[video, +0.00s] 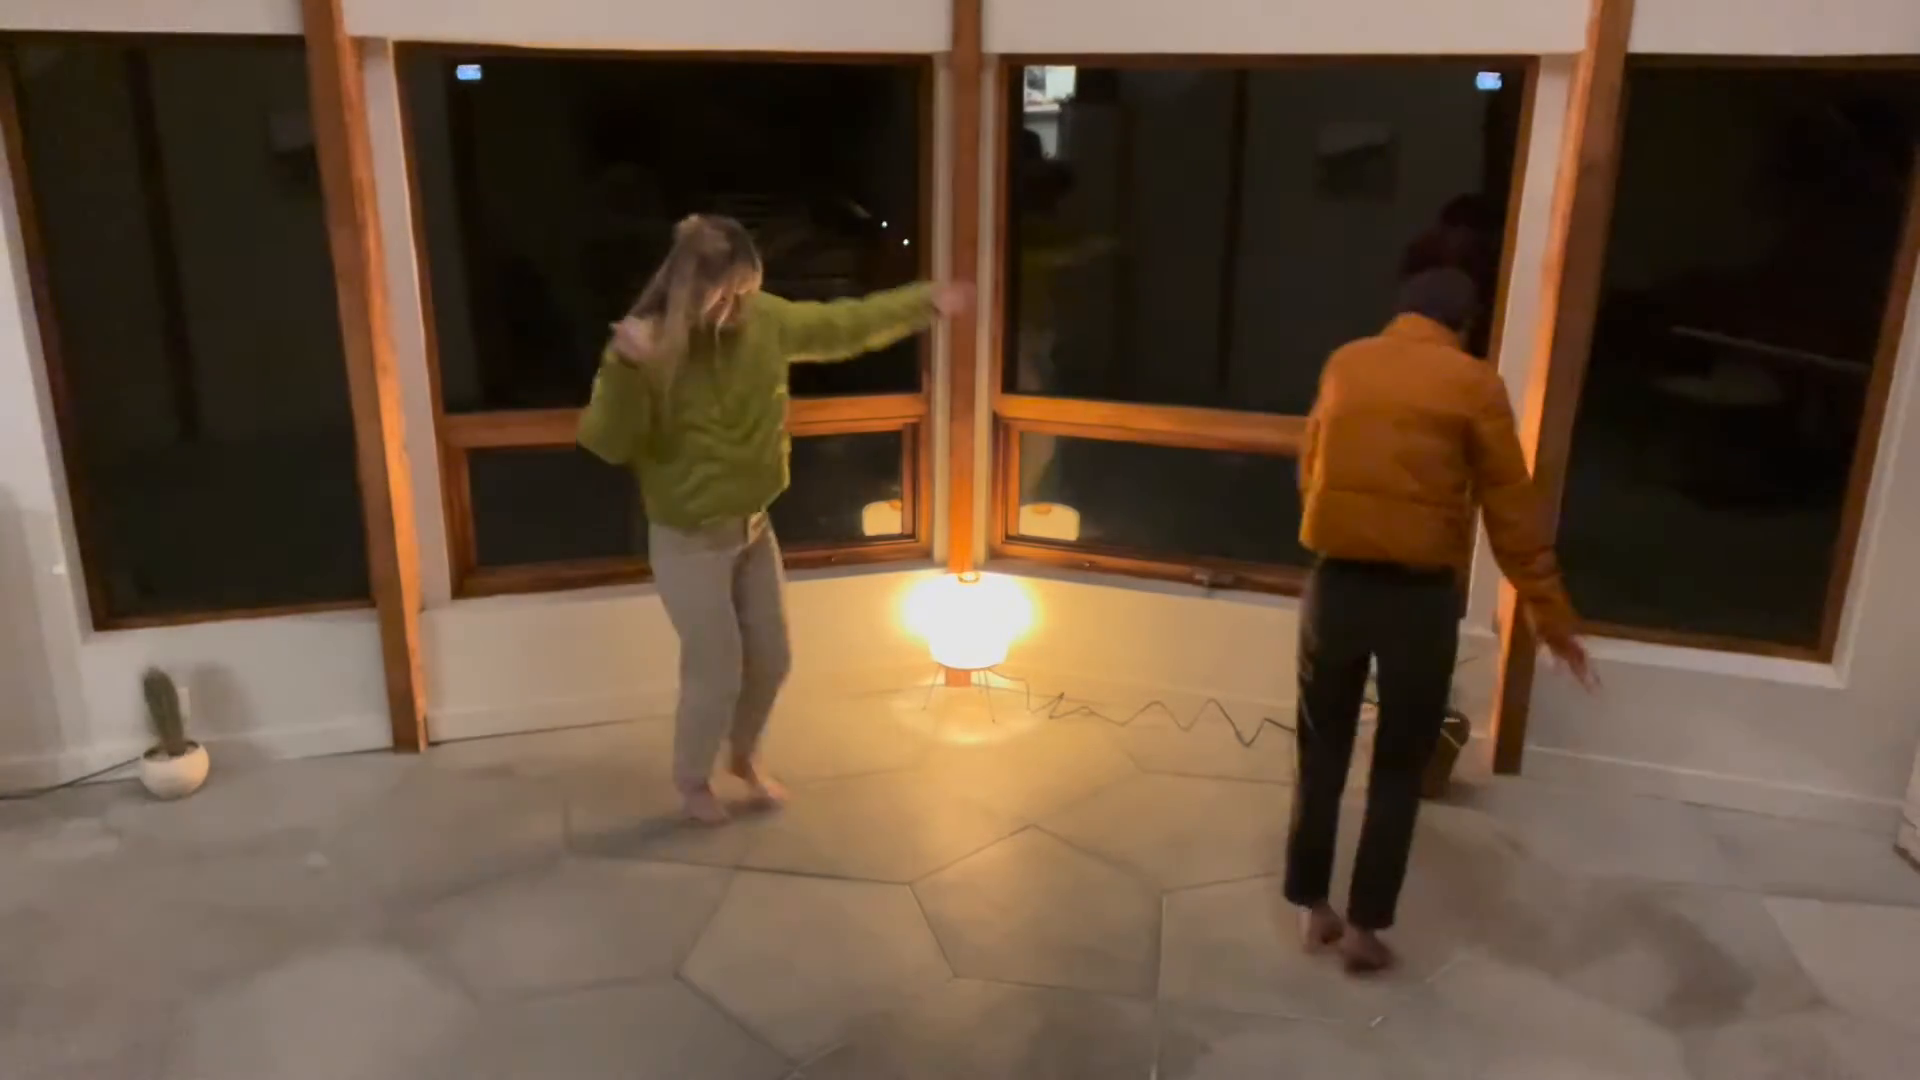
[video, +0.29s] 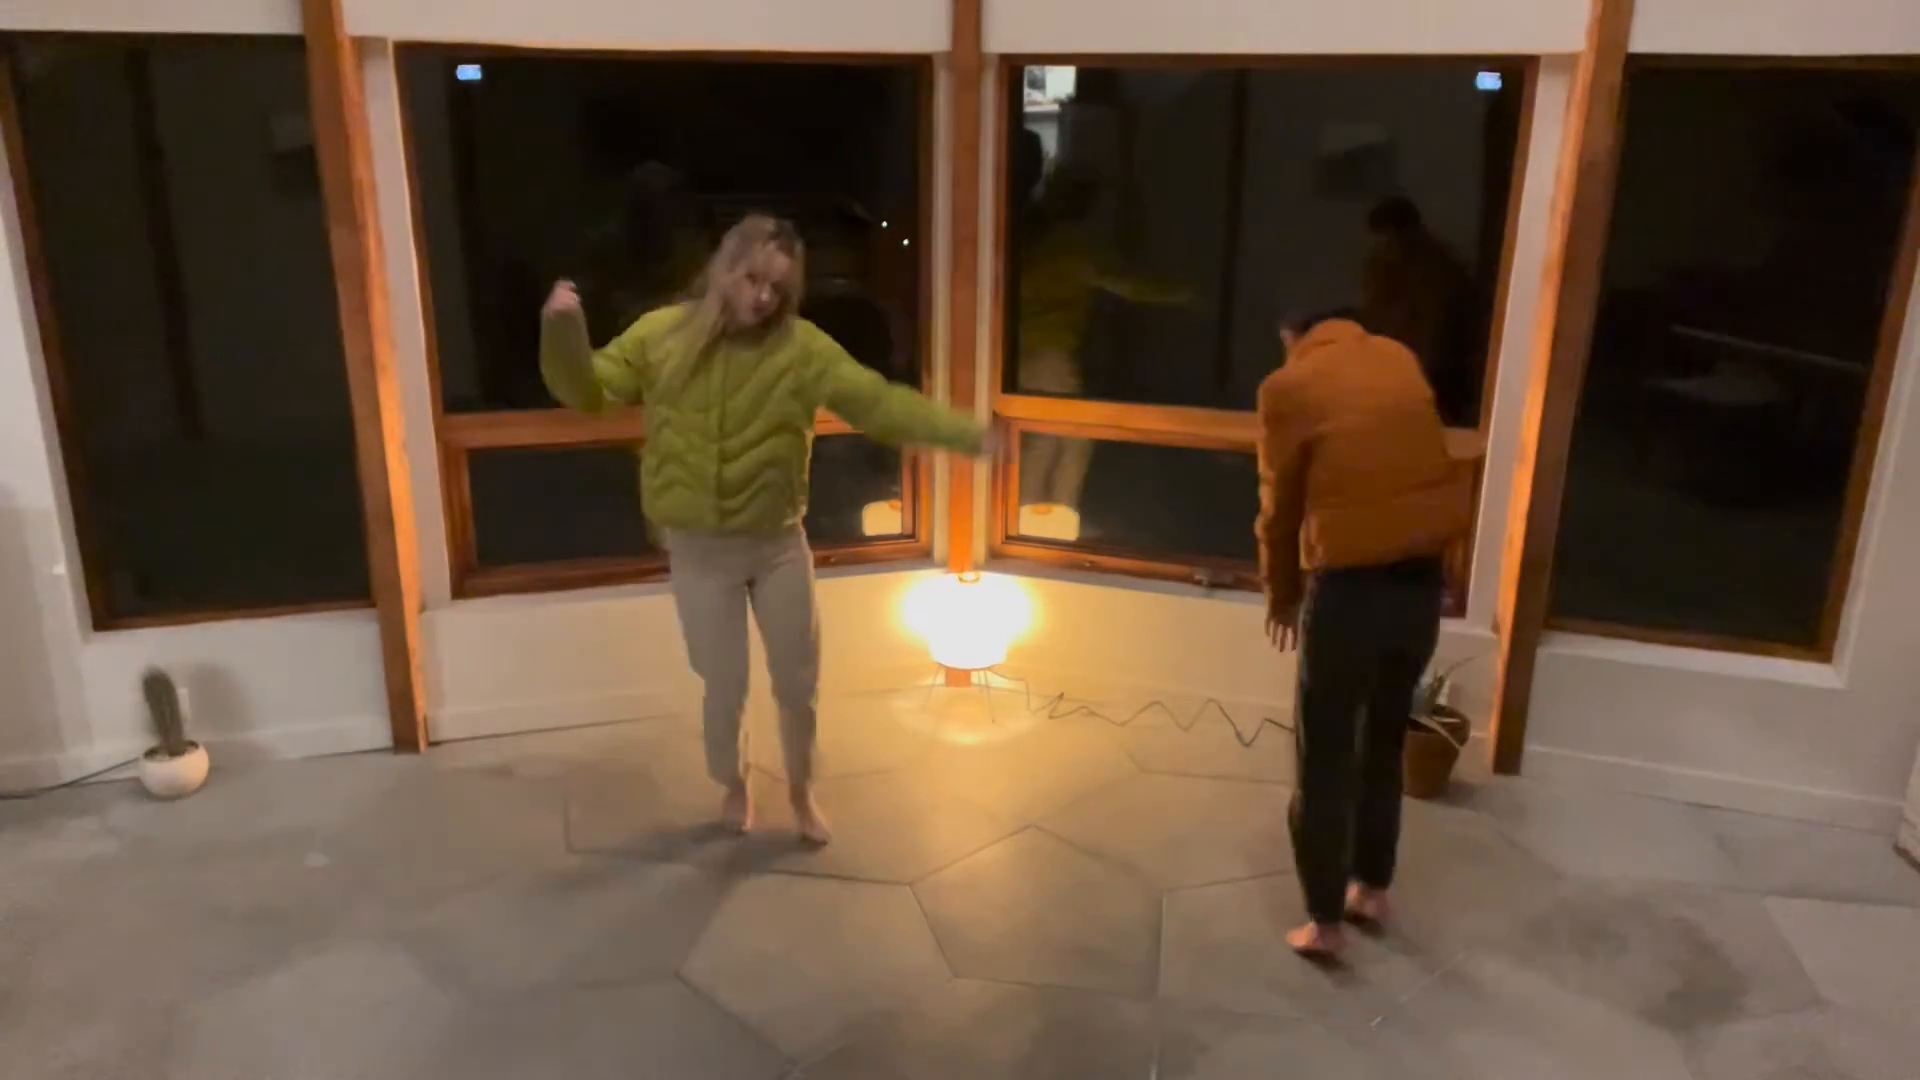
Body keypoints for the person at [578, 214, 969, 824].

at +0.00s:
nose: (730, 306)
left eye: (739, 294)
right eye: (719, 294)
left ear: (749, 285)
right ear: (686, 284)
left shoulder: (765, 320)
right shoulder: (649, 345)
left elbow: (848, 324)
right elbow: (608, 443)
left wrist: (928, 298)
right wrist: (625, 364)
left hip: (752, 528)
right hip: (686, 539)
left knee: (770, 660)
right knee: (714, 664)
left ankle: (740, 758)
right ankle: (692, 782)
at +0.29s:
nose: (765, 298)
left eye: (778, 288)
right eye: (756, 281)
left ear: (789, 291)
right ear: (726, 272)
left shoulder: (801, 349)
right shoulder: (665, 335)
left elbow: (881, 403)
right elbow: (588, 391)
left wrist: (973, 435)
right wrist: (563, 329)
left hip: (779, 542)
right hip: (698, 546)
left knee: (798, 682)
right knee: (725, 685)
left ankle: (802, 792)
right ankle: (733, 791)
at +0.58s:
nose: (769, 277)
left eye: (789, 282)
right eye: (771, 262)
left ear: (800, 310)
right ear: (749, 263)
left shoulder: (798, 377)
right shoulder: (699, 329)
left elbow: (818, 487)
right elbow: (642, 354)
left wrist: (834, 584)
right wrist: (592, 281)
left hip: (774, 561)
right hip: (699, 555)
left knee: (788, 709)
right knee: (719, 709)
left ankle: (819, 834)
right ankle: (758, 794)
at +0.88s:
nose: (723, 264)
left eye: (744, 272)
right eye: (736, 256)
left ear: (753, 318)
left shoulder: (736, 394)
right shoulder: (692, 364)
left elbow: (714, 515)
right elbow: (672, 451)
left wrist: (645, 600)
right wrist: (658, 503)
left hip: (751, 576)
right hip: (701, 568)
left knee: (731, 729)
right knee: (716, 726)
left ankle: (799, 844)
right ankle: (776, 834)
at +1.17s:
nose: (643, 270)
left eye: (653, 270)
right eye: (653, 261)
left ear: (663, 301)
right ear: (712, 306)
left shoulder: (622, 381)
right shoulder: (738, 358)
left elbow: (591, 506)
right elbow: (797, 436)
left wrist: (522, 600)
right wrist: (855, 456)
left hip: (685, 602)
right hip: (730, 589)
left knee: (645, 752)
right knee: (701, 735)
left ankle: (730, 873)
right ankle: (747, 867)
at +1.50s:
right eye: (689, 283)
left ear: (606, 287)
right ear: (688, 293)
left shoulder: (570, 366)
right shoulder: (718, 372)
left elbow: (484, 441)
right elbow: (754, 501)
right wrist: (802, 590)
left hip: (606, 606)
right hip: (688, 606)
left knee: (596, 750)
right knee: (685, 749)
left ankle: (618, 899)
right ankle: (693, 887)